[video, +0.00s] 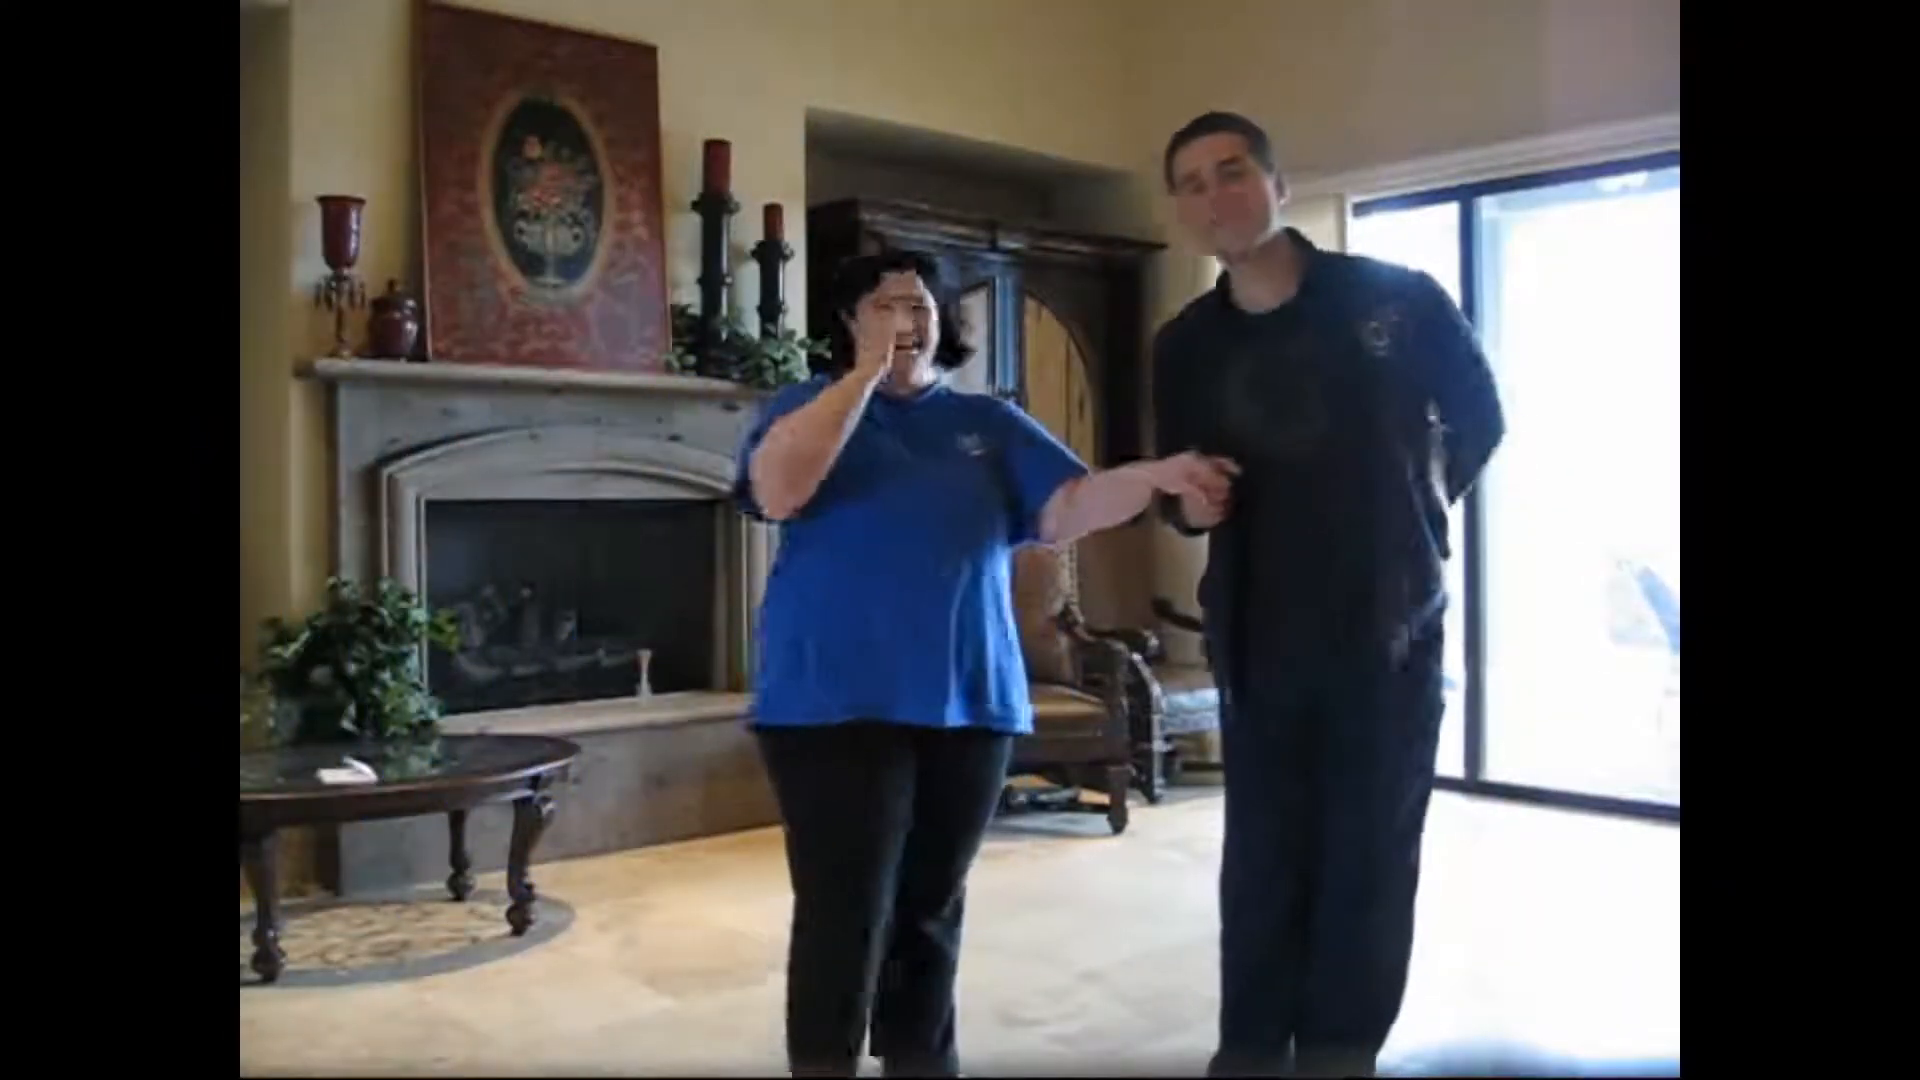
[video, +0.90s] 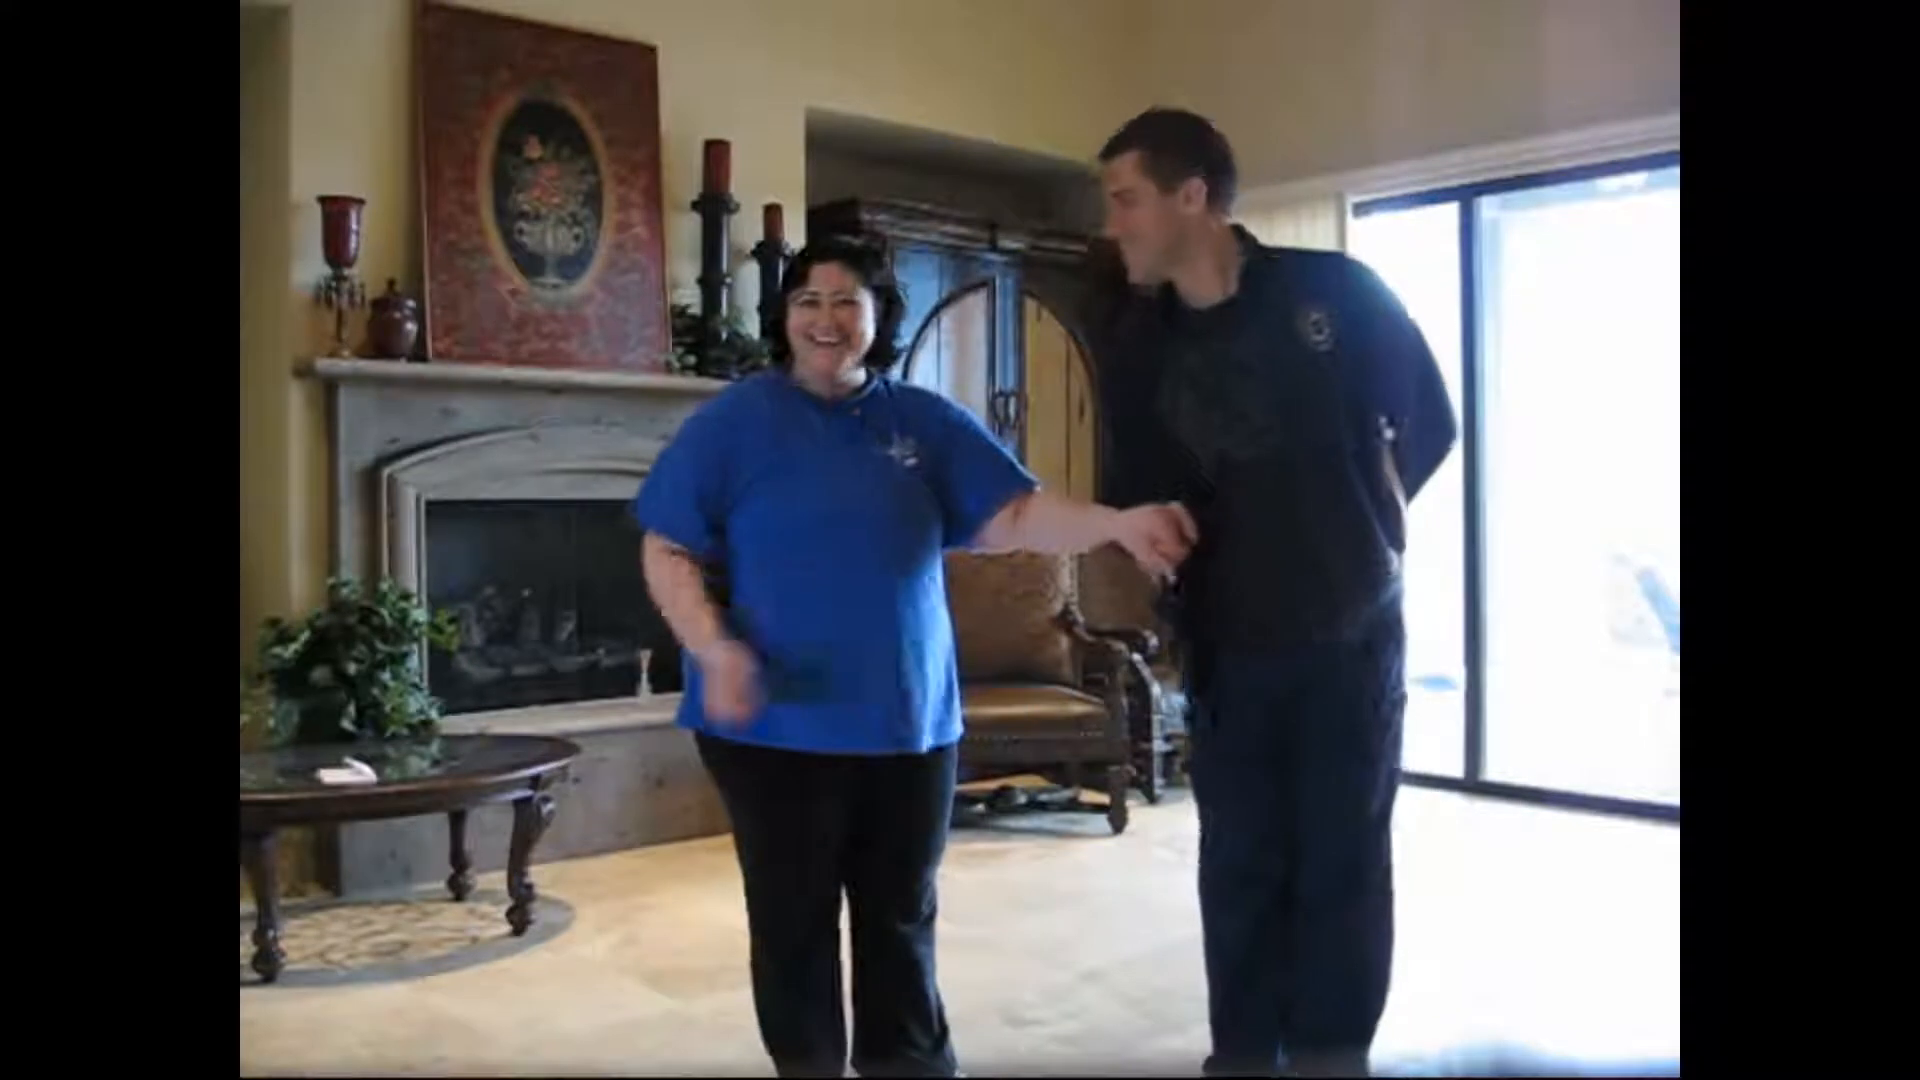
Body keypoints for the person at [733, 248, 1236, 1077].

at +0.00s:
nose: (906, 319)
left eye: (918, 306)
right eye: (887, 305)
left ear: (940, 325)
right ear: (852, 322)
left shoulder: (982, 418)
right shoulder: (804, 411)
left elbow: (1063, 507)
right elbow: (777, 492)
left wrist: (1157, 475)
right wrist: (861, 378)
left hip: (967, 704)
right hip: (832, 702)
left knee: (930, 917)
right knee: (845, 915)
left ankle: (919, 1067)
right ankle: (824, 1066)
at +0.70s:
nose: (824, 325)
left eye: (843, 309)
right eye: (807, 309)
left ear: (879, 321)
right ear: (783, 320)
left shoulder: (920, 418)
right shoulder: (748, 411)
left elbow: (1013, 513)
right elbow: (701, 536)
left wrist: (1124, 528)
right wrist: (838, 471)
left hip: (907, 722)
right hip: (771, 724)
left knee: (902, 926)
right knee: (794, 935)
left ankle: (909, 1068)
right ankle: (811, 1069)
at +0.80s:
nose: (825, 321)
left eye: (845, 304)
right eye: (809, 304)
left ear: (881, 320)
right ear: (784, 319)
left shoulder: (921, 421)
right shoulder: (742, 417)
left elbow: (1011, 513)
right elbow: (673, 550)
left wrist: (1120, 537)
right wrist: (792, 567)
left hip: (907, 729)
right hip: (770, 733)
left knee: (900, 925)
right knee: (793, 934)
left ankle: (909, 1068)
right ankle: (811, 1068)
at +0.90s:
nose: (827, 316)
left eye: (846, 302)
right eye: (809, 301)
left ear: (876, 322)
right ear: (782, 318)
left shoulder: (920, 422)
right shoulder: (730, 423)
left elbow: (1010, 513)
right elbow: (664, 548)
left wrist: (1120, 522)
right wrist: (712, 647)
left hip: (907, 734)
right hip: (769, 737)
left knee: (901, 928)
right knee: (792, 935)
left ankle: (909, 1068)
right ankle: (809, 1068)